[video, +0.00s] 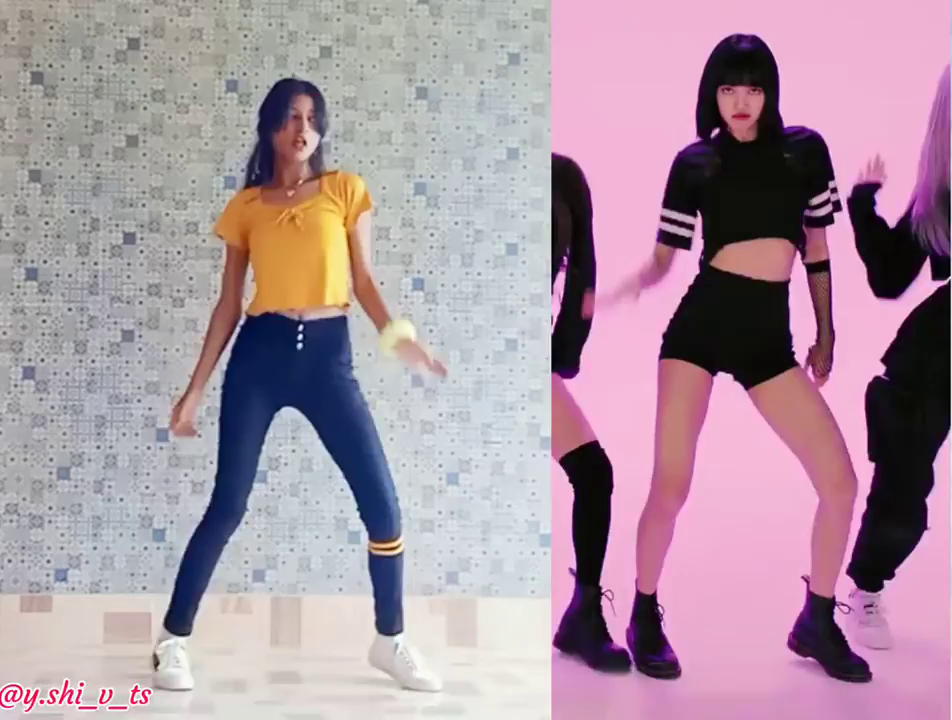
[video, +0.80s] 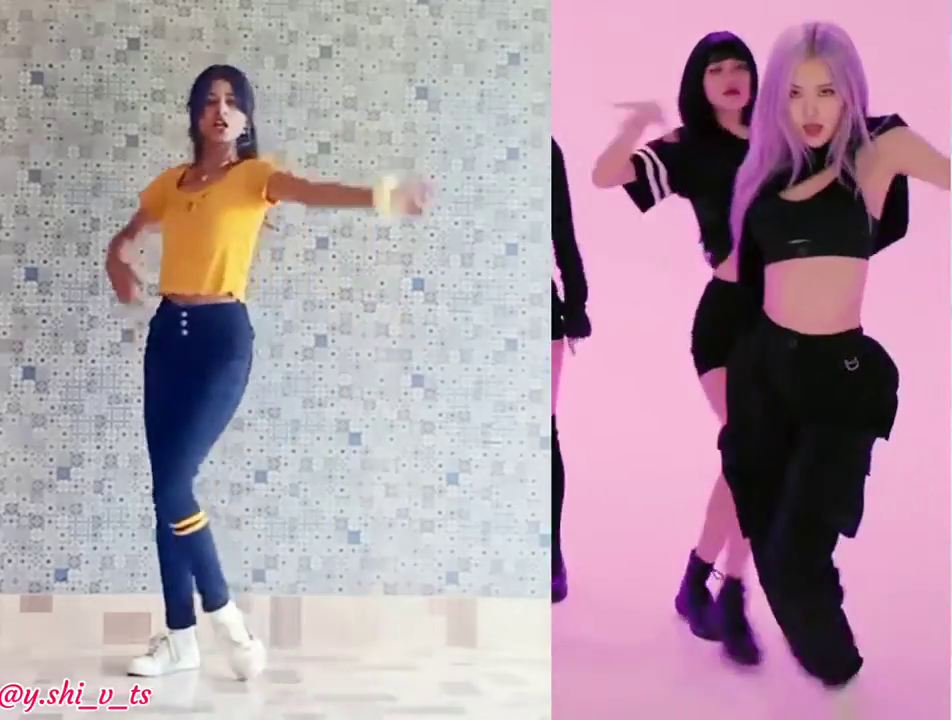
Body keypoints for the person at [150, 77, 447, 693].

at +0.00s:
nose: (300, 129)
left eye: (309, 120)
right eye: (288, 119)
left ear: (320, 130)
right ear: (267, 128)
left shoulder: (345, 189)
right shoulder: (246, 206)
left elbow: (362, 277)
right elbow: (228, 306)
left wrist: (399, 336)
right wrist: (194, 388)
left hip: (329, 359)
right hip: (257, 359)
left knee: (383, 505)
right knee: (229, 503)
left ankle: (389, 640)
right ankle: (173, 640)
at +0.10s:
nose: (314, 115)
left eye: (324, 107)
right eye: (301, 106)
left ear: (337, 122)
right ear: (281, 120)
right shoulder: (257, 190)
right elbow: (250, 287)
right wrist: (221, 370)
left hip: (340, 353)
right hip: (275, 356)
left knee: (370, 507)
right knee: (234, 502)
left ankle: (415, 645)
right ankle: (236, 645)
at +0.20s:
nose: (316, 118)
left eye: (329, 109)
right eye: (304, 109)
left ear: (343, 125)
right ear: (288, 126)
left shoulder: (355, 186)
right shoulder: (266, 200)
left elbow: (342, 266)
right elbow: (257, 303)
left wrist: (314, 200)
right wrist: (228, 389)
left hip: (348, 360)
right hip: (284, 364)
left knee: (376, 512)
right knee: (232, 499)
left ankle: (411, 650)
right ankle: (245, 647)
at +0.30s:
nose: (308, 119)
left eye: (321, 111)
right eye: (297, 110)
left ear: (335, 127)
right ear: (282, 127)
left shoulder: (345, 176)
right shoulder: (265, 208)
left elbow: (295, 222)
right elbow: (259, 307)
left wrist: (231, 186)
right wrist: (229, 393)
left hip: (348, 355)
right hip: (285, 360)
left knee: (379, 511)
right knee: (218, 496)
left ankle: (412, 649)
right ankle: (212, 636)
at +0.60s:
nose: (247, 109)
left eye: (258, 103)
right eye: (237, 99)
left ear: (271, 120)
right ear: (220, 112)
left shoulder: (270, 172)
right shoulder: (201, 183)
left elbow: (278, 152)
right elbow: (195, 275)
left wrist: (288, 113)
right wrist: (169, 349)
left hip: (257, 337)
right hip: (203, 344)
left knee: (281, 493)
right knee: (189, 496)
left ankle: (348, 630)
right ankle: (183, 644)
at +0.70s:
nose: (231, 107)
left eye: (243, 100)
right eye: (221, 98)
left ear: (260, 117)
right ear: (205, 111)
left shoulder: (260, 170)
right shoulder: (183, 182)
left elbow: (301, 155)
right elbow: (164, 253)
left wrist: (346, 129)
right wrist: (143, 309)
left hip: (234, 335)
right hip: (181, 336)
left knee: (223, 496)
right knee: (179, 496)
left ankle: (283, 627)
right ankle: (181, 639)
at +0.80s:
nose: (217, 109)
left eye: (230, 102)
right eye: (207, 101)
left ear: (247, 118)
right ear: (193, 116)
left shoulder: (255, 174)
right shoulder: (171, 183)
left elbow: (313, 190)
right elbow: (124, 239)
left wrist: (387, 196)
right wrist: (119, 263)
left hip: (222, 336)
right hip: (166, 335)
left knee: (174, 480)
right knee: (168, 488)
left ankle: (222, 615)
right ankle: (181, 639)